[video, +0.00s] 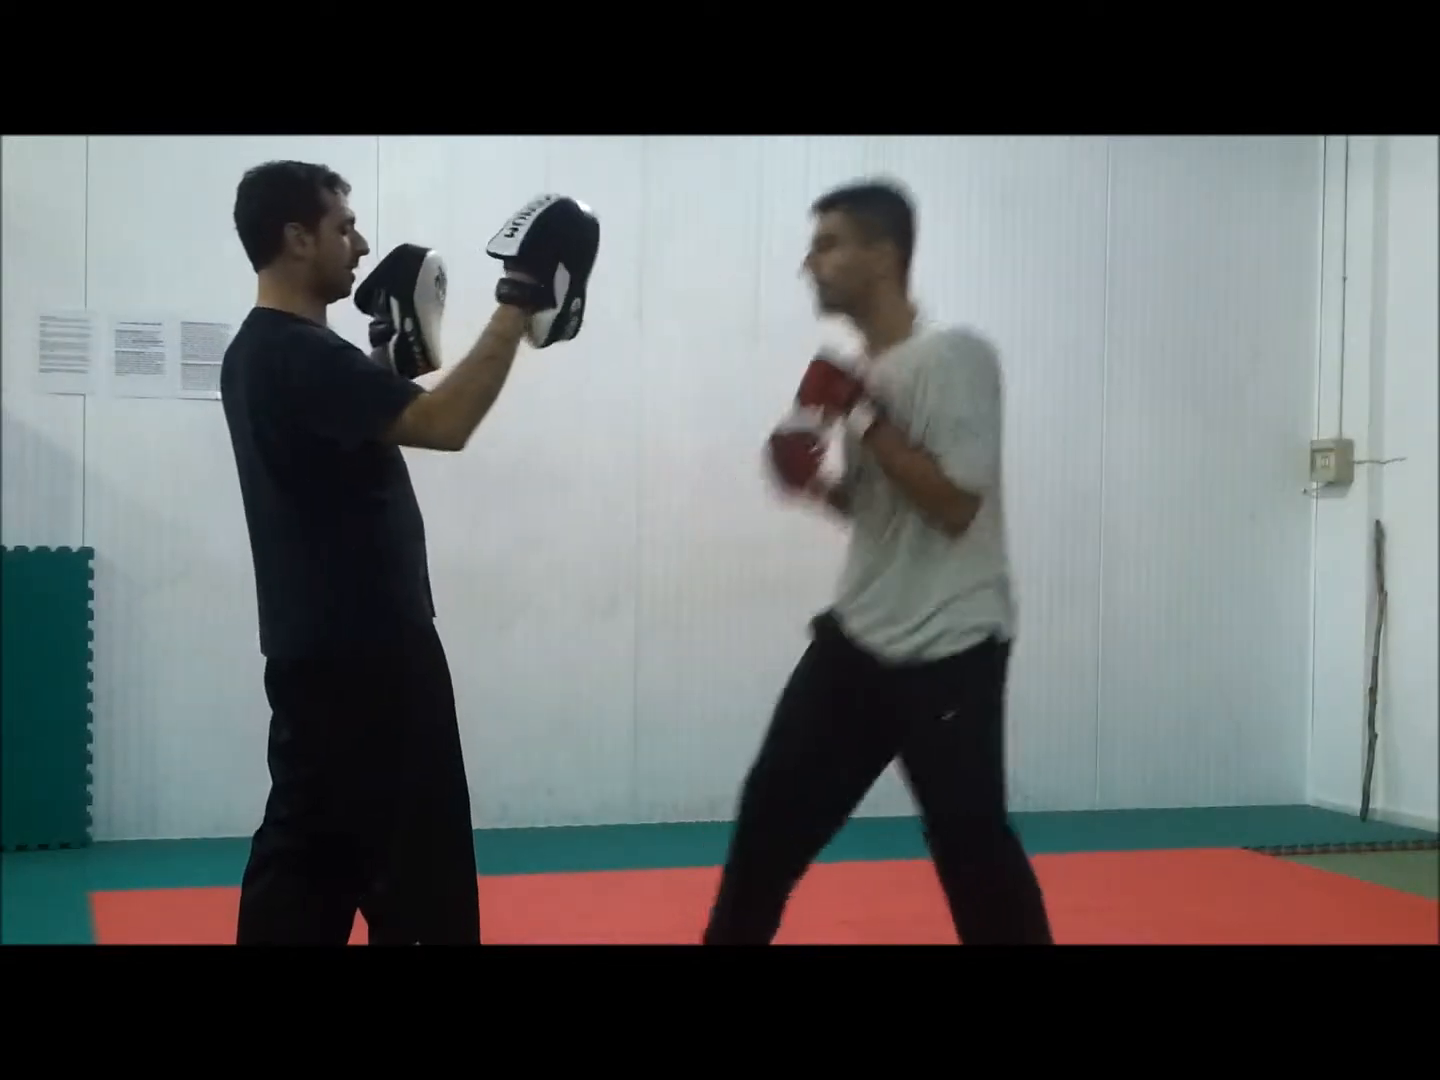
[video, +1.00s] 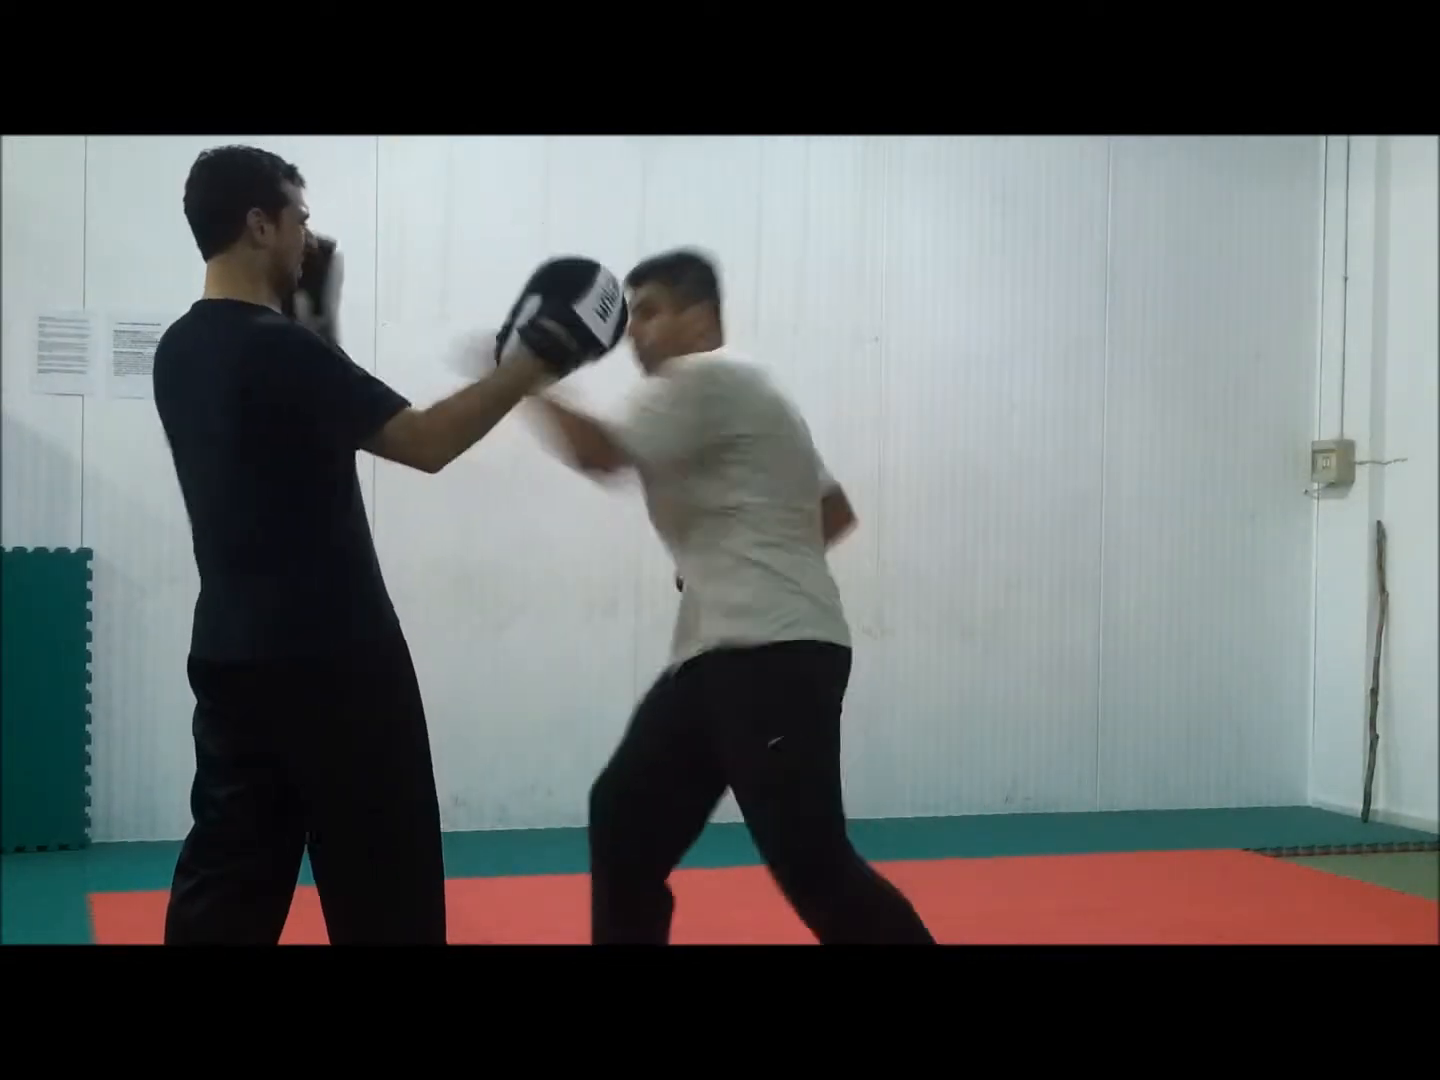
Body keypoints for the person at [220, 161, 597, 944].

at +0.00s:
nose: (359, 241)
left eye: (353, 224)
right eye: (344, 225)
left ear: (283, 243)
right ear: (294, 237)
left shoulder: (256, 350)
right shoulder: (303, 352)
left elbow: (347, 452)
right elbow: (444, 424)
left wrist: (397, 366)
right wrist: (517, 305)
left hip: (311, 648)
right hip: (375, 649)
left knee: (304, 853)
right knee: (425, 865)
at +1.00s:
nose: (309, 239)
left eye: (306, 220)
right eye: (300, 218)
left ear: (218, 232)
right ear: (259, 224)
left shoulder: (179, 349)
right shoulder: (281, 345)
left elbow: (309, 437)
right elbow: (425, 440)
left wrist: (314, 320)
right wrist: (537, 360)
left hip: (232, 655)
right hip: (337, 652)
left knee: (226, 883)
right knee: (389, 888)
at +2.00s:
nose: (304, 235)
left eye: (302, 218)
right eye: (294, 218)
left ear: (218, 230)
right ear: (250, 224)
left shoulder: (170, 348)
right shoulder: (276, 337)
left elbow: (242, 430)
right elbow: (439, 361)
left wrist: (301, 322)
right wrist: (519, 271)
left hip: (225, 652)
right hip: (328, 649)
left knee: (227, 878)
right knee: (385, 884)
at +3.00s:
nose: (255, 230)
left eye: (245, 216)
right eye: (235, 217)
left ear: (182, 241)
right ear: (182, 236)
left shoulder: (173, 349)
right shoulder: (210, 347)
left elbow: (246, 469)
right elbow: (335, 431)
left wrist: (305, 361)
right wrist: (453, 351)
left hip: (242, 657)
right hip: (322, 655)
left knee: (231, 873)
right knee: (392, 878)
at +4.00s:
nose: (281, 224)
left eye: (275, 207)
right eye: (265, 208)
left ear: (207, 229)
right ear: (213, 224)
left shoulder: (164, 344)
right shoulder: (234, 341)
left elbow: (230, 468)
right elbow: (350, 458)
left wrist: (285, 364)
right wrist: (507, 440)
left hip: (219, 660)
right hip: (312, 656)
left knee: (220, 884)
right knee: (387, 881)